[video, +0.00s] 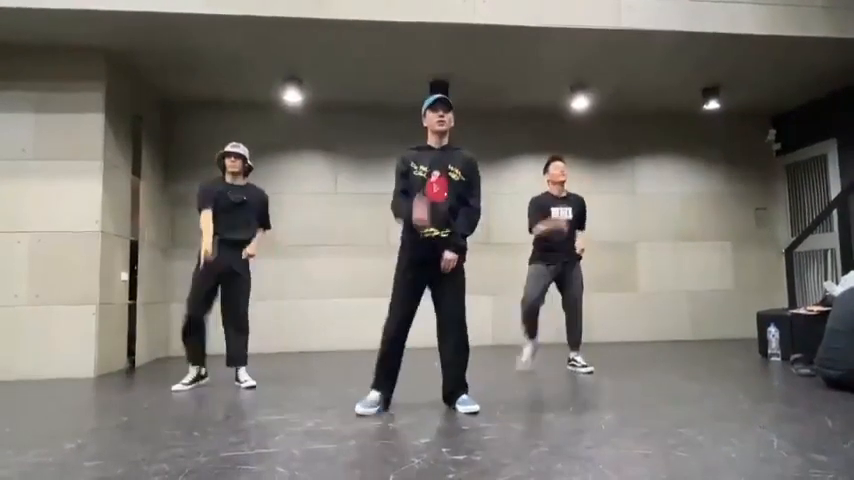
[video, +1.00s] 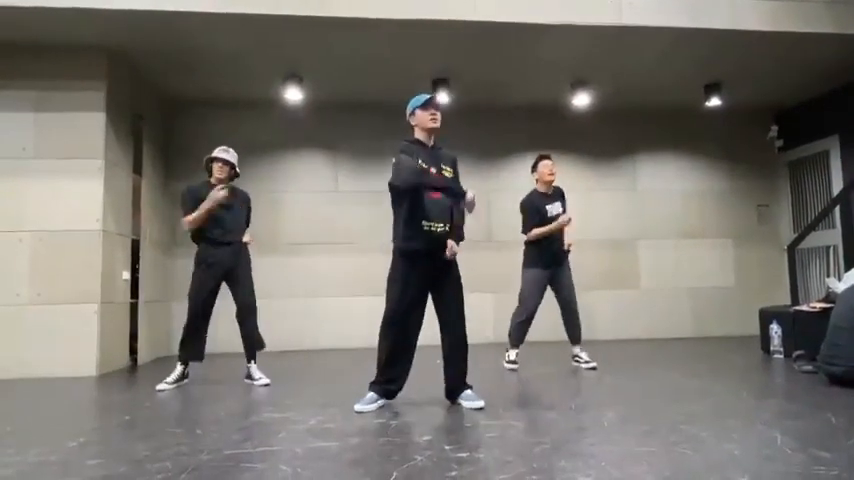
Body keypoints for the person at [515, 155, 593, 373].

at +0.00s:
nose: (562, 172)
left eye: (563, 169)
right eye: (557, 169)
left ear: (567, 174)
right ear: (547, 175)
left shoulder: (577, 202)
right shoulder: (537, 202)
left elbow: (580, 230)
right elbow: (534, 229)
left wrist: (579, 245)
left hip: (569, 261)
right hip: (542, 261)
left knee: (574, 305)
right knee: (530, 301)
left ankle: (574, 354)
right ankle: (531, 341)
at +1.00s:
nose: (552, 171)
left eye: (553, 168)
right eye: (547, 168)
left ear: (554, 172)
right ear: (536, 174)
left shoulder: (559, 193)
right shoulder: (529, 202)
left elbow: (561, 220)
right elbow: (529, 233)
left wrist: (565, 239)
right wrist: (557, 224)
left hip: (559, 260)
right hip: (536, 263)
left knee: (569, 304)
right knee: (527, 306)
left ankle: (577, 350)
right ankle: (513, 350)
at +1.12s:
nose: (545, 181)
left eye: (546, 177)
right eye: (540, 177)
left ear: (547, 181)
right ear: (529, 182)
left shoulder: (544, 205)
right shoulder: (520, 209)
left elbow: (544, 234)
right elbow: (523, 240)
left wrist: (559, 246)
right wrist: (550, 229)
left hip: (557, 265)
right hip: (536, 270)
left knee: (573, 303)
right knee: (531, 310)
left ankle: (578, 350)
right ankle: (511, 353)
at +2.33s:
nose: (557, 176)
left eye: (559, 173)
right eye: (552, 173)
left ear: (562, 178)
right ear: (542, 178)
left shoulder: (571, 202)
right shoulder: (531, 206)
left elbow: (579, 232)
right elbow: (526, 235)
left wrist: (577, 222)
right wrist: (545, 232)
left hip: (565, 268)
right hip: (536, 269)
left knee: (577, 310)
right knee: (524, 314)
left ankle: (587, 355)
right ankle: (517, 355)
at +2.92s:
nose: (545, 173)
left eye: (547, 171)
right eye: (540, 171)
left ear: (552, 178)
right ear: (533, 180)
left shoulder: (564, 205)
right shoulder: (526, 207)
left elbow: (575, 234)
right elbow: (516, 237)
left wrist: (599, 233)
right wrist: (507, 233)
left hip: (566, 271)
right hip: (537, 272)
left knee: (578, 311)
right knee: (525, 315)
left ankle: (587, 354)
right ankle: (516, 355)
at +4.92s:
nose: (549, 171)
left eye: (552, 167)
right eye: (545, 168)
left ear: (559, 171)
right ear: (539, 174)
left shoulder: (568, 194)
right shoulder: (543, 201)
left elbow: (591, 217)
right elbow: (531, 226)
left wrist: (577, 245)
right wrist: (519, 213)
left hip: (562, 258)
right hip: (540, 259)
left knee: (565, 305)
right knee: (525, 298)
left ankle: (570, 352)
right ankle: (542, 340)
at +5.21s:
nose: (549, 170)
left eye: (553, 166)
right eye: (545, 167)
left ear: (559, 169)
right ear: (539, 172)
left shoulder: (569, 193)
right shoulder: (541, 201)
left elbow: (592, 219)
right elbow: (542, 229)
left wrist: (579, 247)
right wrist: (542, 244)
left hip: (562, 256)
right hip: (541, 253)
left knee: (561, 303)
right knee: (509, 268)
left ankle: (571, 350)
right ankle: (540, 299)